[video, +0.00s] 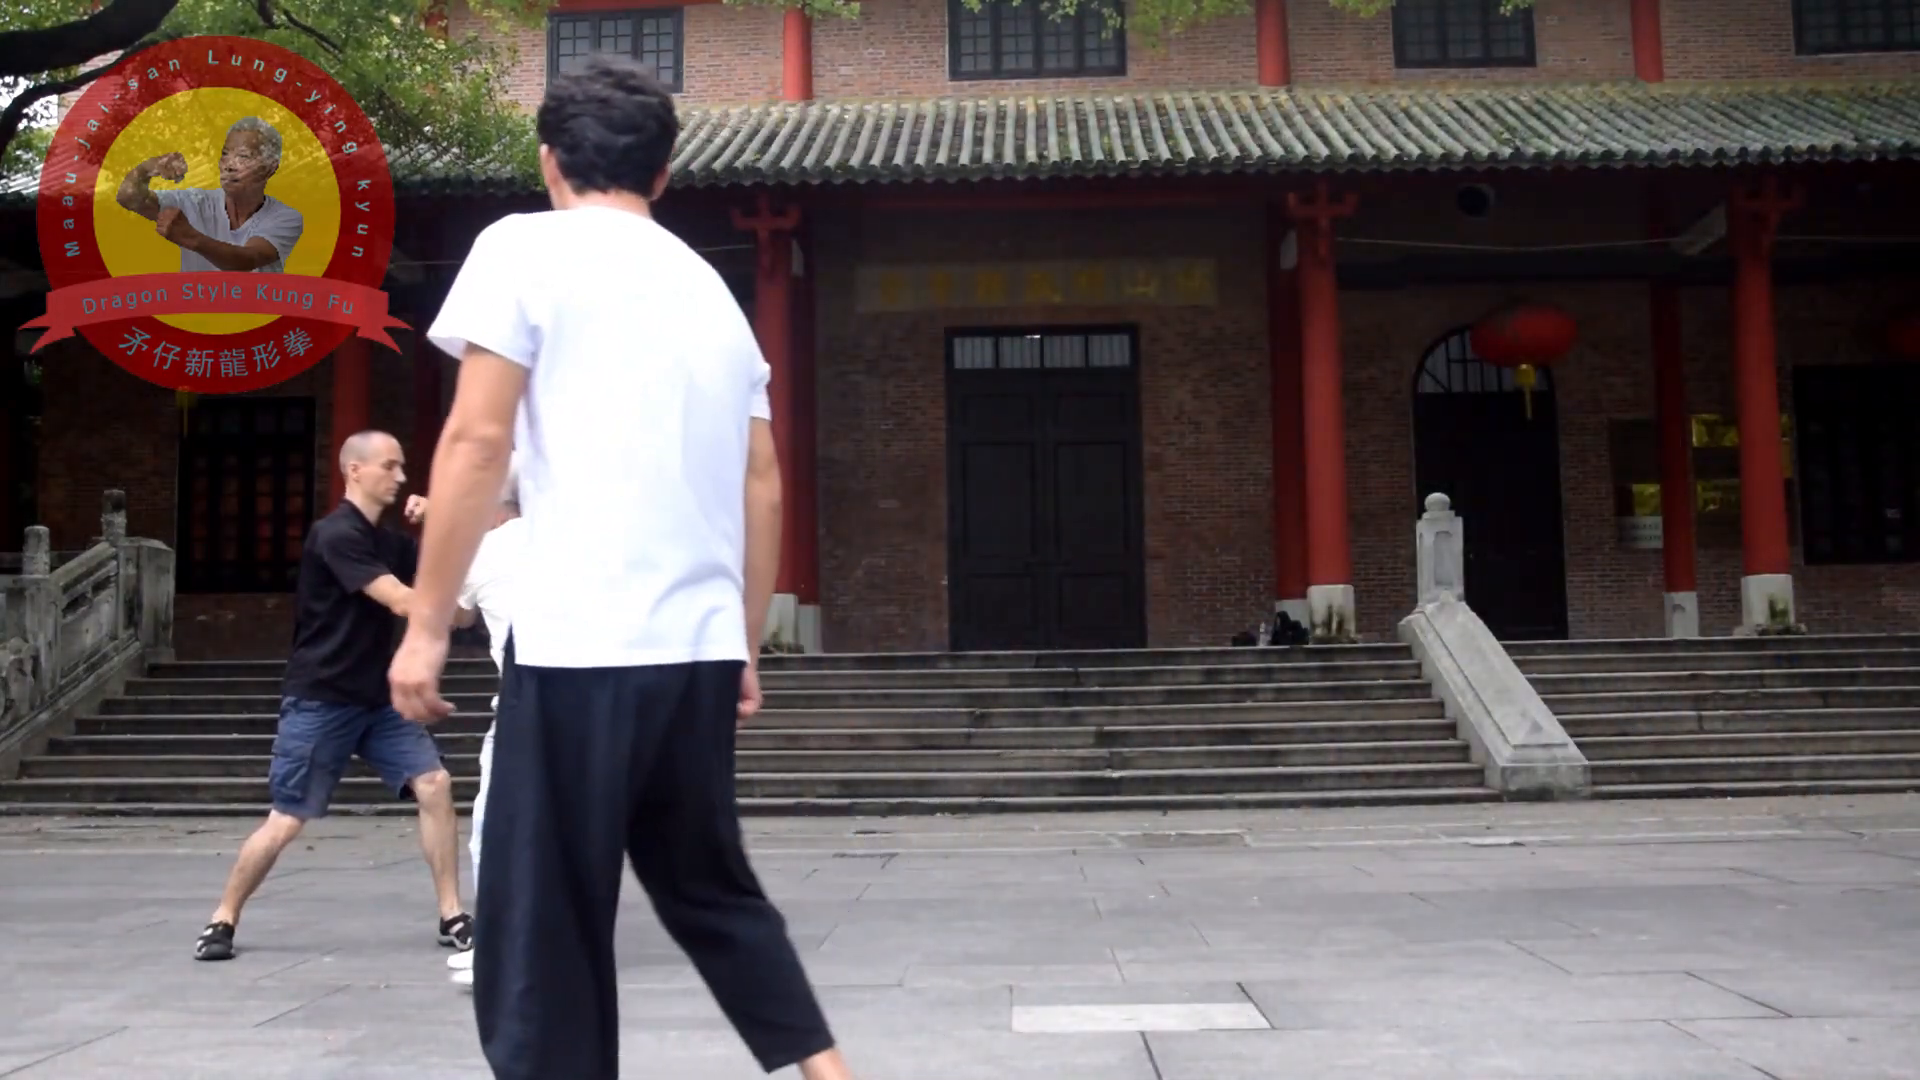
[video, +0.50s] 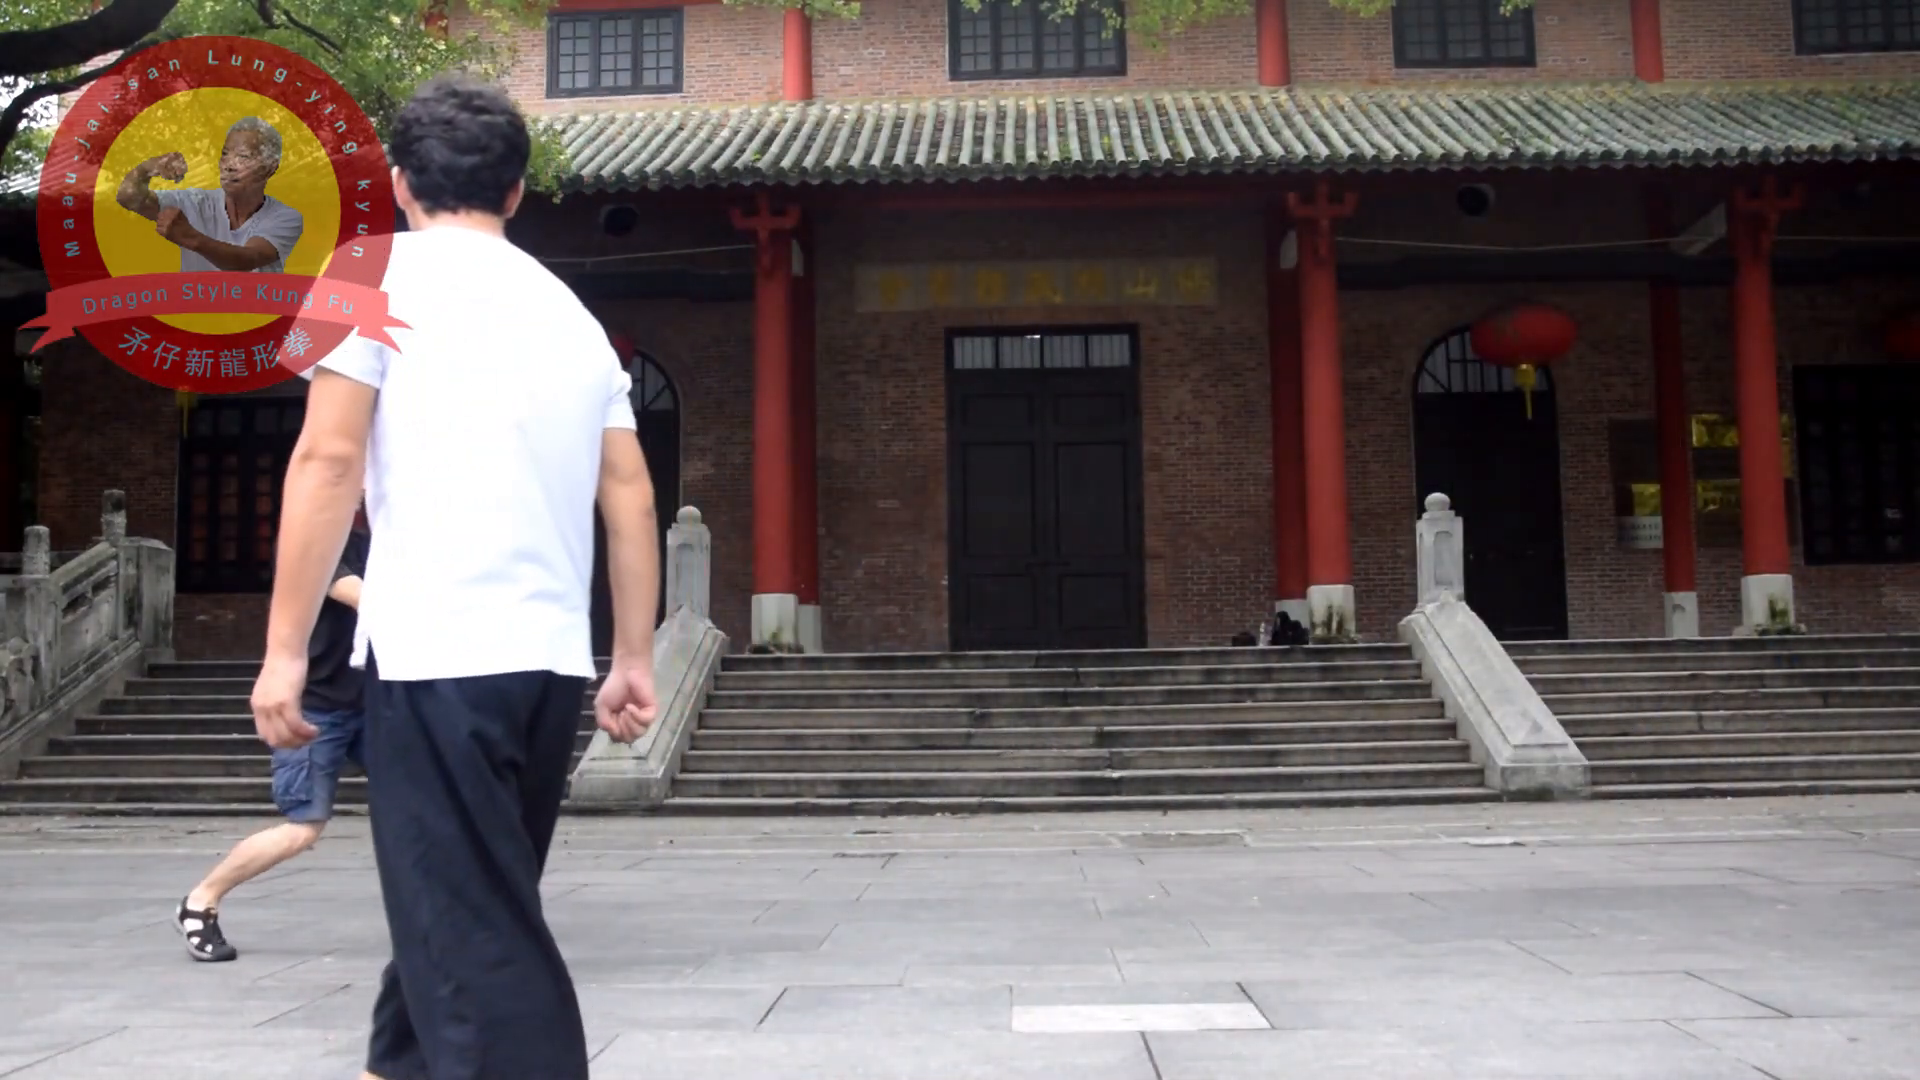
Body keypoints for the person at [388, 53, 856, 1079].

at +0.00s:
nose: (539, 165)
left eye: (540, 153)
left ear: (553, 161)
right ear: (661, 176)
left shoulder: (524, 247)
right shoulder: (713, 291)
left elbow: (481, 441)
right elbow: (764, 480)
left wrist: (428, 623)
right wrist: (745, 639)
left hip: (574, 656)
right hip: (701, 653)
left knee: (544, 916)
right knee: (710, 883)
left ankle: (553, 1074)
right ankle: (821, 1064)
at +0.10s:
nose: (499, 164)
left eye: (500, 152)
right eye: (507, 151)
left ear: (512, 160)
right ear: (620, 169)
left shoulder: (483, 247)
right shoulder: (679, 288)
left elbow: (427, 446)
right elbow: (731, 476)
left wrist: (372, 628)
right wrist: (714, 636)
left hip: (548, 656)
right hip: (672, 651)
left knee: (522, 924)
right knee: (648, 887)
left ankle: (549, 1076)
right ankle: (735, 1064)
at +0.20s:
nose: (468, 169)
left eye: (468, 156)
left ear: (480, 163)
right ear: (590, 168)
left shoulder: (450, 251)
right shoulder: (652, 288)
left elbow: (394, 450)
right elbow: (707, 475)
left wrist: (336, 633)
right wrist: (697, 634)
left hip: (520, 656)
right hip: (647, 656)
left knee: (507, 932)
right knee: (610, 919)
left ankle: (537, 1074)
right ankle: (618, 1073)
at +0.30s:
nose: (443, 170)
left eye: (443, 158)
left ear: (450, 165)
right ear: (561, 170)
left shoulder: (426, 254)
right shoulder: (626, 292)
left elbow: (368, 450)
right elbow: (683, 476)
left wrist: (314, 637)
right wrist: (683, 640)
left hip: (493, 661)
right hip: (618, 661)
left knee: (497, 949)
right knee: (552, 941)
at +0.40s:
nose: (420, 184)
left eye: (420, 171)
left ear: (427, 175)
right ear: (538, 179)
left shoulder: (410, 260)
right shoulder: (601, 303)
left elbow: (349, 453)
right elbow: (658, 480)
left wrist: (302, 643)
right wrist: (665, 644)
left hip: (464, 662)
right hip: (587, 661)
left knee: (486, 939)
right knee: (518, 924)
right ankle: (474, 1068)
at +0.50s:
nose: (396, 194)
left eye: (397, 181)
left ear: (402, 186)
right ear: (515, 193)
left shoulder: (385, 273)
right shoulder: (576, 320)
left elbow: (330, 456)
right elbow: (628, 489)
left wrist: (284, 649)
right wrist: (635, 654)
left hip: (434, 672)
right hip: (556, 673)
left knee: (474, 943)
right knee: (453, 932)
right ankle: (404, 1065)